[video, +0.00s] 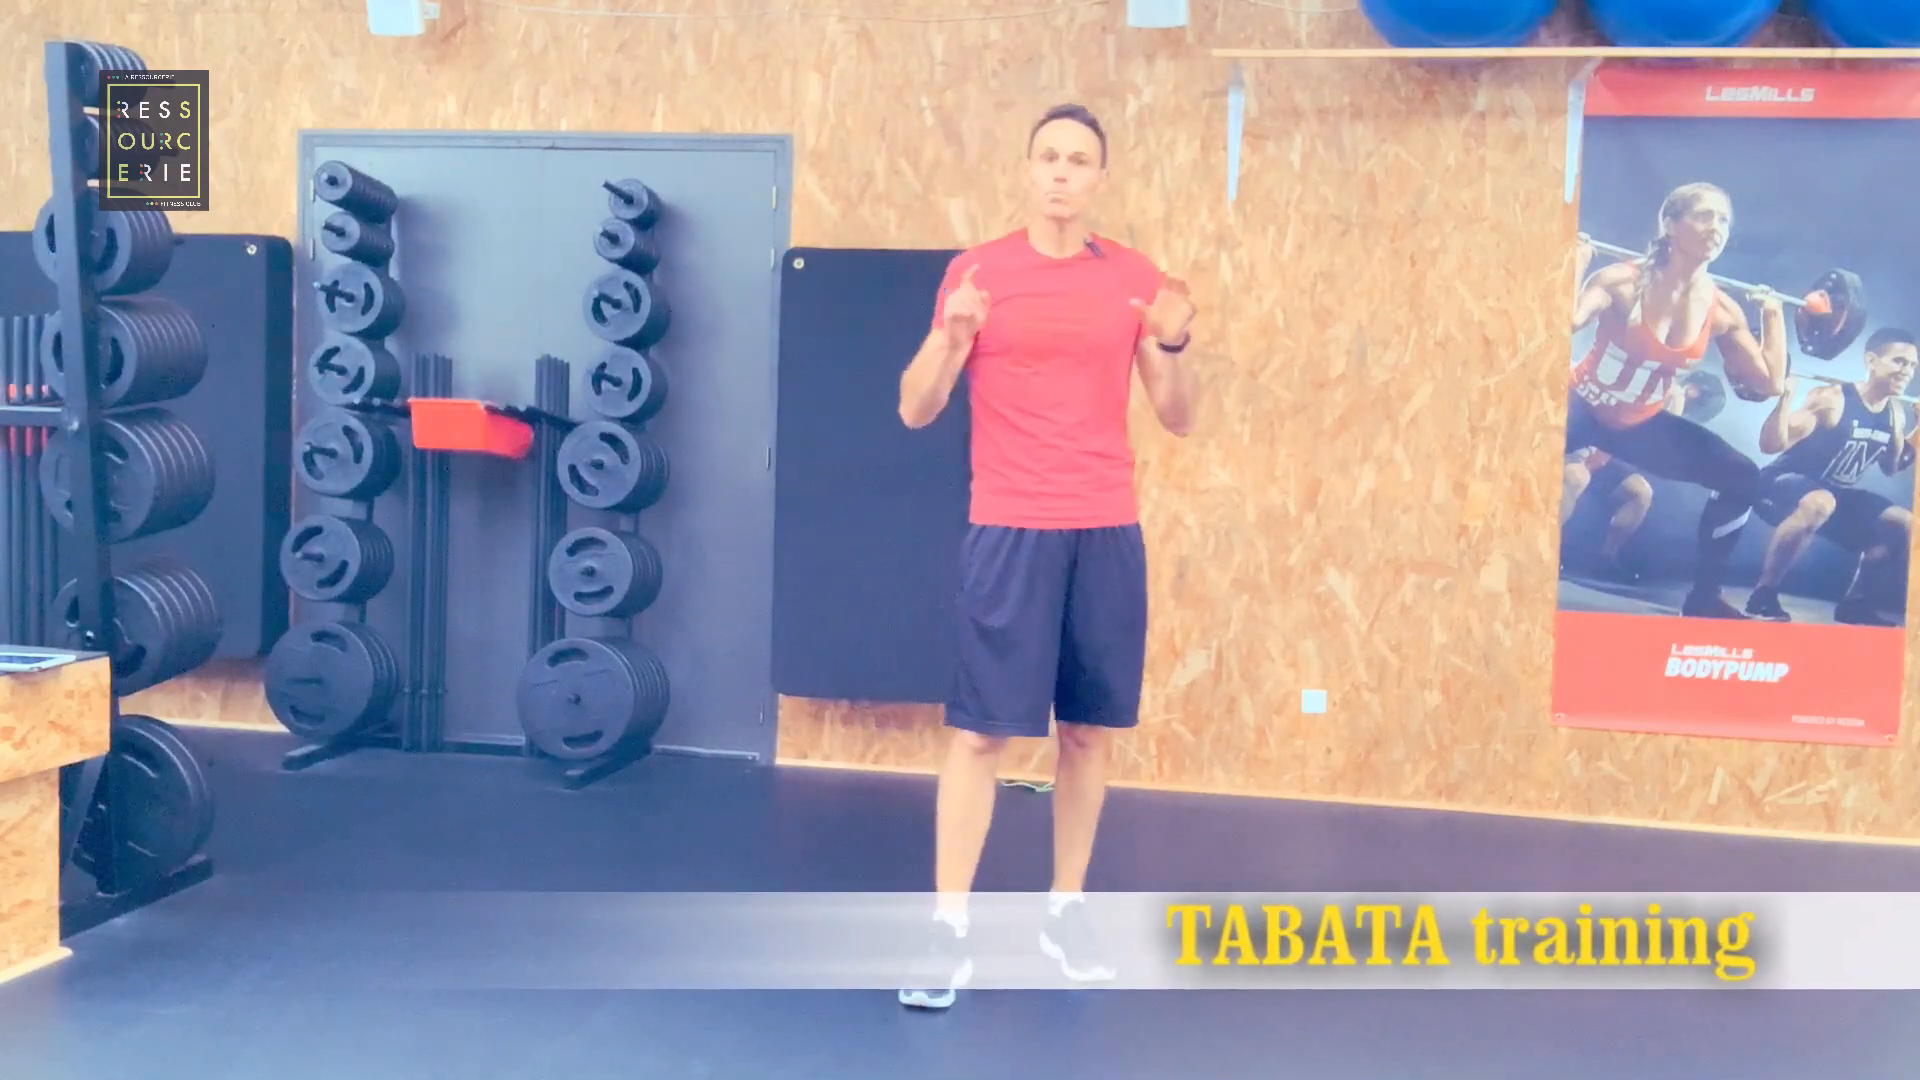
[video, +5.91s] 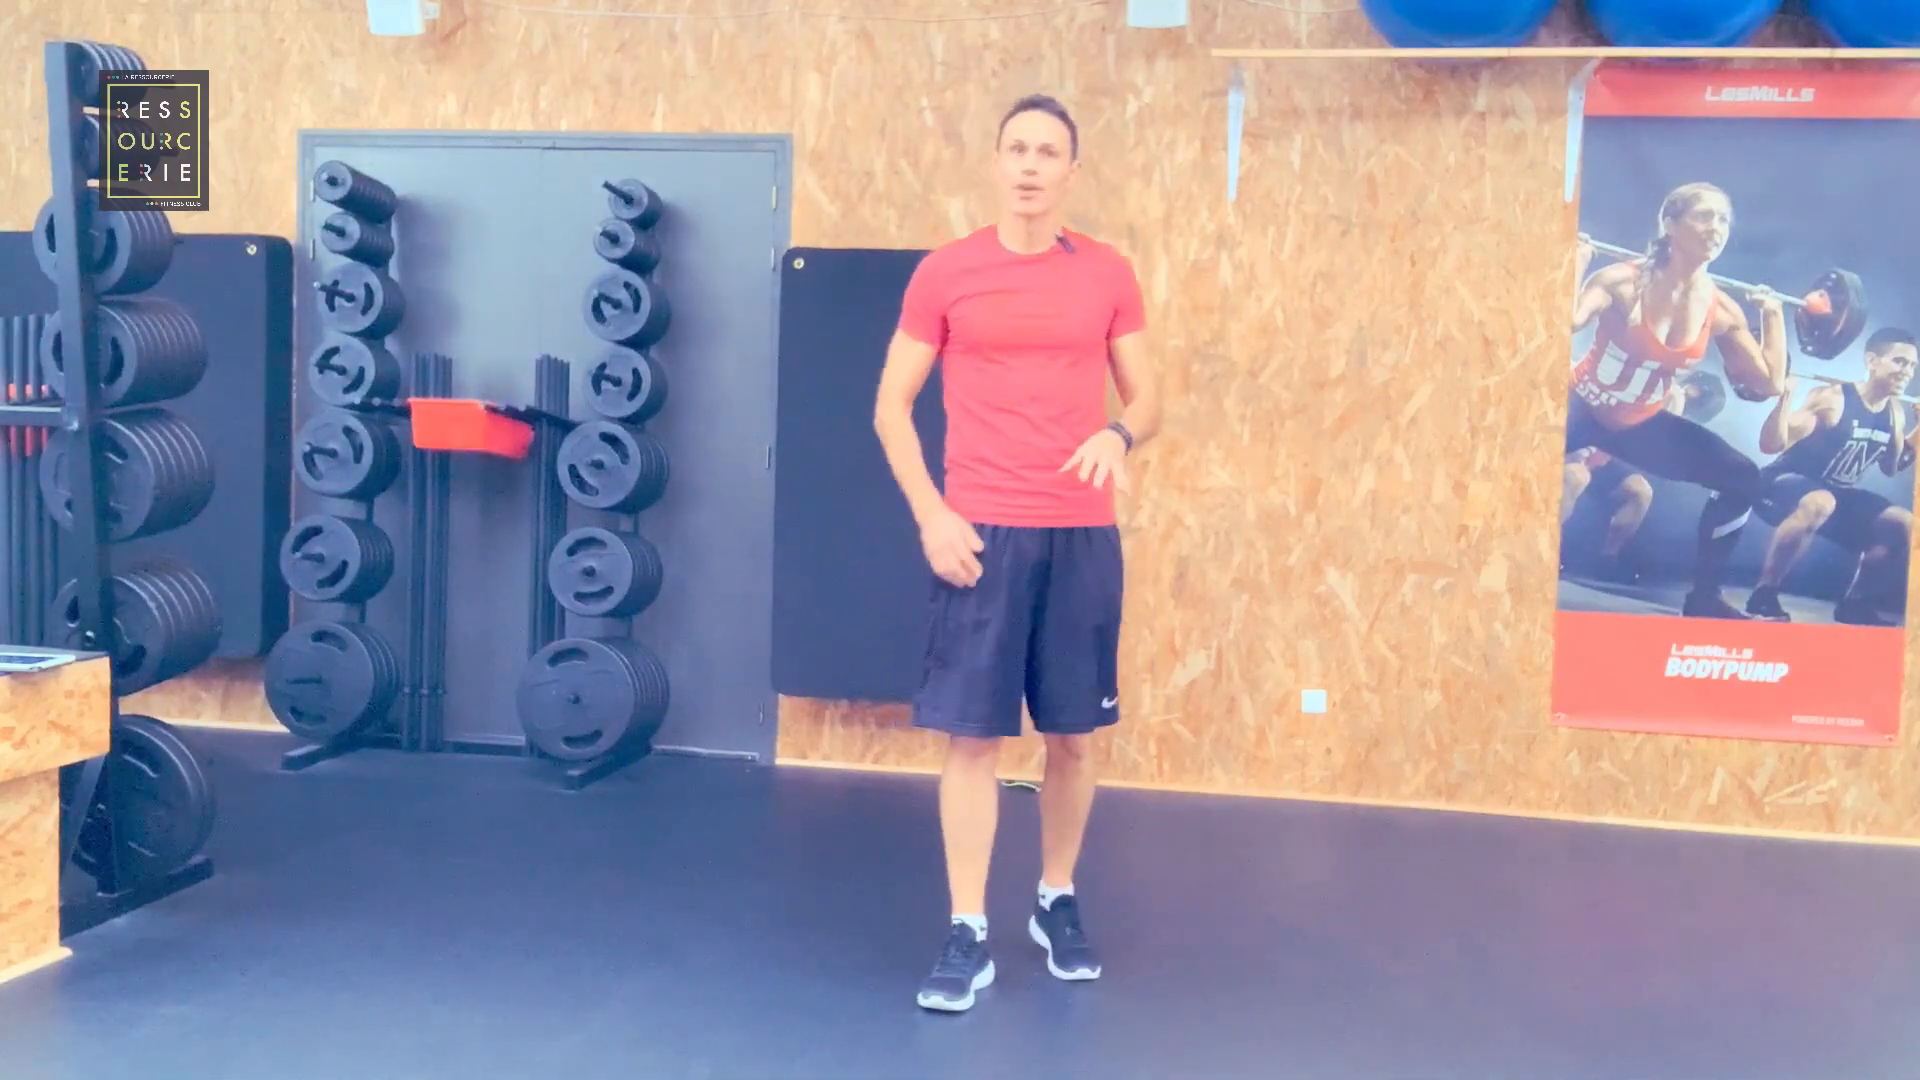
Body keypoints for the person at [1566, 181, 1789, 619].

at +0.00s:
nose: (1716, 228)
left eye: (1724, 221)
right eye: (1704, 216)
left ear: (1728, 233)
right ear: (1671, 224)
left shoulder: (1722, 310)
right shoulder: (1620, 279)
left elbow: (1769, 385)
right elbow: (1559, 325)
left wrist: (1773, 312)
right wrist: (1573, 269)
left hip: (1644, 425)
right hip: (1579, 408)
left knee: (1741, 477)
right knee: (1516, 445)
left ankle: (1705, 597)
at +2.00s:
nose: (1717, 228)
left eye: (1724, 220)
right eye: (1705, 216)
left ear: (1728, 233)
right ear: (1670, 224)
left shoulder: (1722, 311)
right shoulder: (1620, 279)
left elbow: (1769, 385)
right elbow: (1558, 325)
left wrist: (1773, 313)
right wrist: (1572, 269)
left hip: (1644, 425)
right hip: (1579, 410)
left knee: (1742, 477)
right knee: (1511, 453)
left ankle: (1705, 597)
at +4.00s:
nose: (1716, 228)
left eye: (1724, 220)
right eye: (1704, 216)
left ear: (1728, 232)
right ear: (1670, 224)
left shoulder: (1722, 311)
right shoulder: (1620, 279)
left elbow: (1769, 386)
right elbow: (1558, 325)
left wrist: (1773, 313)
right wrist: (1572, 269)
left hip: (1644, 425)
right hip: (1579, 410)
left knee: (1742, 478)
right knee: (1512, 451)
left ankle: (1705, 597)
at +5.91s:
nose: (1716, 228)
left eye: (1724, 220)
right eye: (1704, 216)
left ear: (1728, 232)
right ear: (1670, 224)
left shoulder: (1722, 311)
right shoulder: (1620, 279)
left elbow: (1769, 386)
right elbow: (1558, 325)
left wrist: (1773, 313)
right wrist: (1573, 268)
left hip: (1644, 425)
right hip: (1578, 410)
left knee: (1742, 477)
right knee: (1510, 455)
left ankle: (1705, 598)